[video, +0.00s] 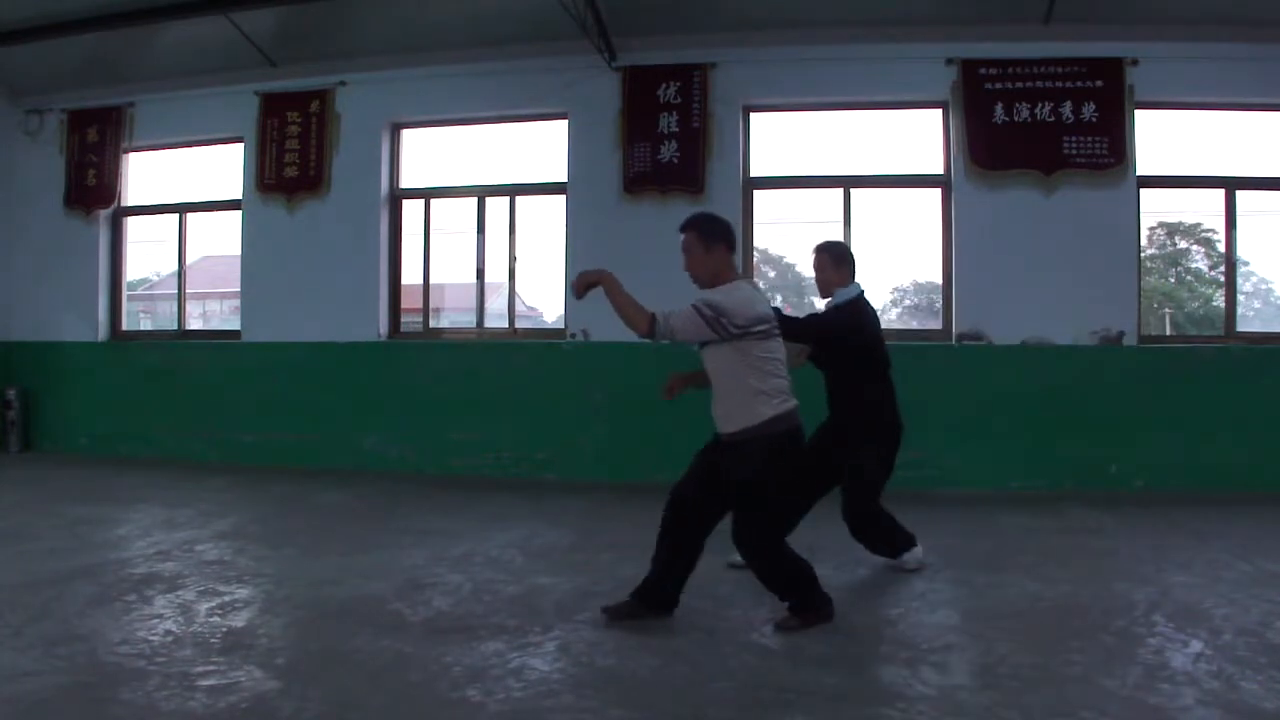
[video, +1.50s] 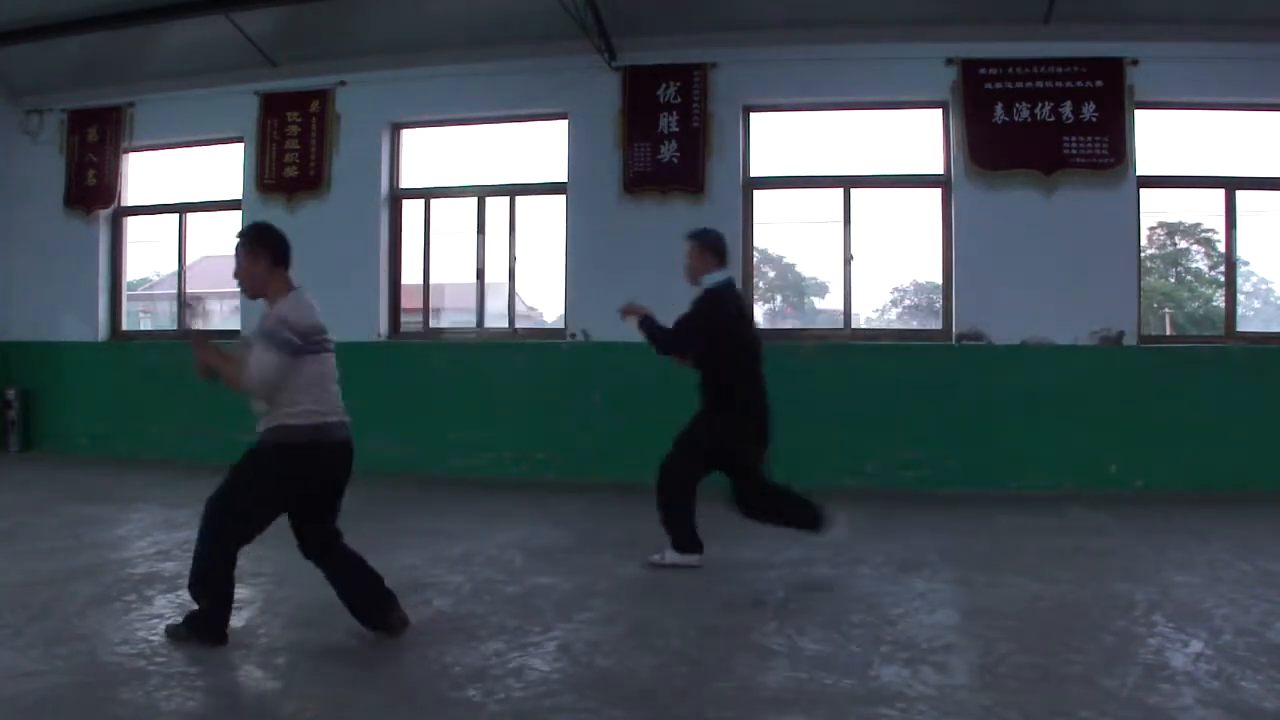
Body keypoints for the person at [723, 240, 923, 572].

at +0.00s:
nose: (815, 278)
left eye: (819, 270)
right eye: (815, 271)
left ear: (839, 270)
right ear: (843, 271)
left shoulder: (848, 315)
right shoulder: (848, 310)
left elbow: (799, 330)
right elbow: (838, 363)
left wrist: (759, 310)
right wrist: (810, 353)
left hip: (871, 429)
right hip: (846, 424)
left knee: (858, 511)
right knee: (794, 487)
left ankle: (906, 549)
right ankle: (760, 549)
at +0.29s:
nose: (816, 273)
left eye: (821, 265)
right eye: (816, 265)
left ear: (842, 266)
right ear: (843, 267)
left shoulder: (850, 312)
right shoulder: (852, 307)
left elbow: (794, 328)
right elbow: (845, 356)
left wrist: (755, 294)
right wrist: (811, 350)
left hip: (868, 424)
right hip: (849, 418)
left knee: (860, 502)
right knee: (798, 484)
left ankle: (907, 549)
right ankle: (759, 551)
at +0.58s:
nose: (818, 267)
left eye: (822, 260)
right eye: (818, 260)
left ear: (842, 261)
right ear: (845, 262)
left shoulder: (850, 306)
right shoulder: (852, 301)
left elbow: (793, 323)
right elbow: (844, 351)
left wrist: (754, 291)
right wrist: (811, 345)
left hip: (868, 419)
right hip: (846, 414)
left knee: (861, 495)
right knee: (800, 481)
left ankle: (908, 548)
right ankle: (765, 546)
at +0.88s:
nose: (821, 261)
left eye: (826, 254)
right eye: (821, 254)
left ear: (848, 256)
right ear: (847, 257)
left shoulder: (851, 302)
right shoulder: (854, 298)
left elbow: (800, 321)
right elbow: (844, 351)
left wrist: (757, 289)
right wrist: (811, 342)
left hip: (860, 415)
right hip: (848, 410)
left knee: (863, 489)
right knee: (797, 478)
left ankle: (909, 548)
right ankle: (764, 546)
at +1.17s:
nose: (798, 269)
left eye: (803, 261)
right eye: (799, 261)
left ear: (819, 263)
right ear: (828, 264)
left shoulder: (830, 308)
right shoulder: (835, 305)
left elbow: (776, 328)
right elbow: (829, 357)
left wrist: (743, 296)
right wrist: (793, 351)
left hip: (839, 417)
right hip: (837, 413)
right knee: (772, 470)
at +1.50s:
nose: (686, 263)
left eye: (690, 255)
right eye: (687, 255)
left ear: (706, 258)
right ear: (714, 259)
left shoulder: (713, 301)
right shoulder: (731, 300)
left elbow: (673, 344)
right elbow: (700, 347)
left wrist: (643, 319)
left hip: (724, 415)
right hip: (746, 414)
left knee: (675, 473)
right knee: (749, 495)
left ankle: (685, 548)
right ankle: (817, 519)